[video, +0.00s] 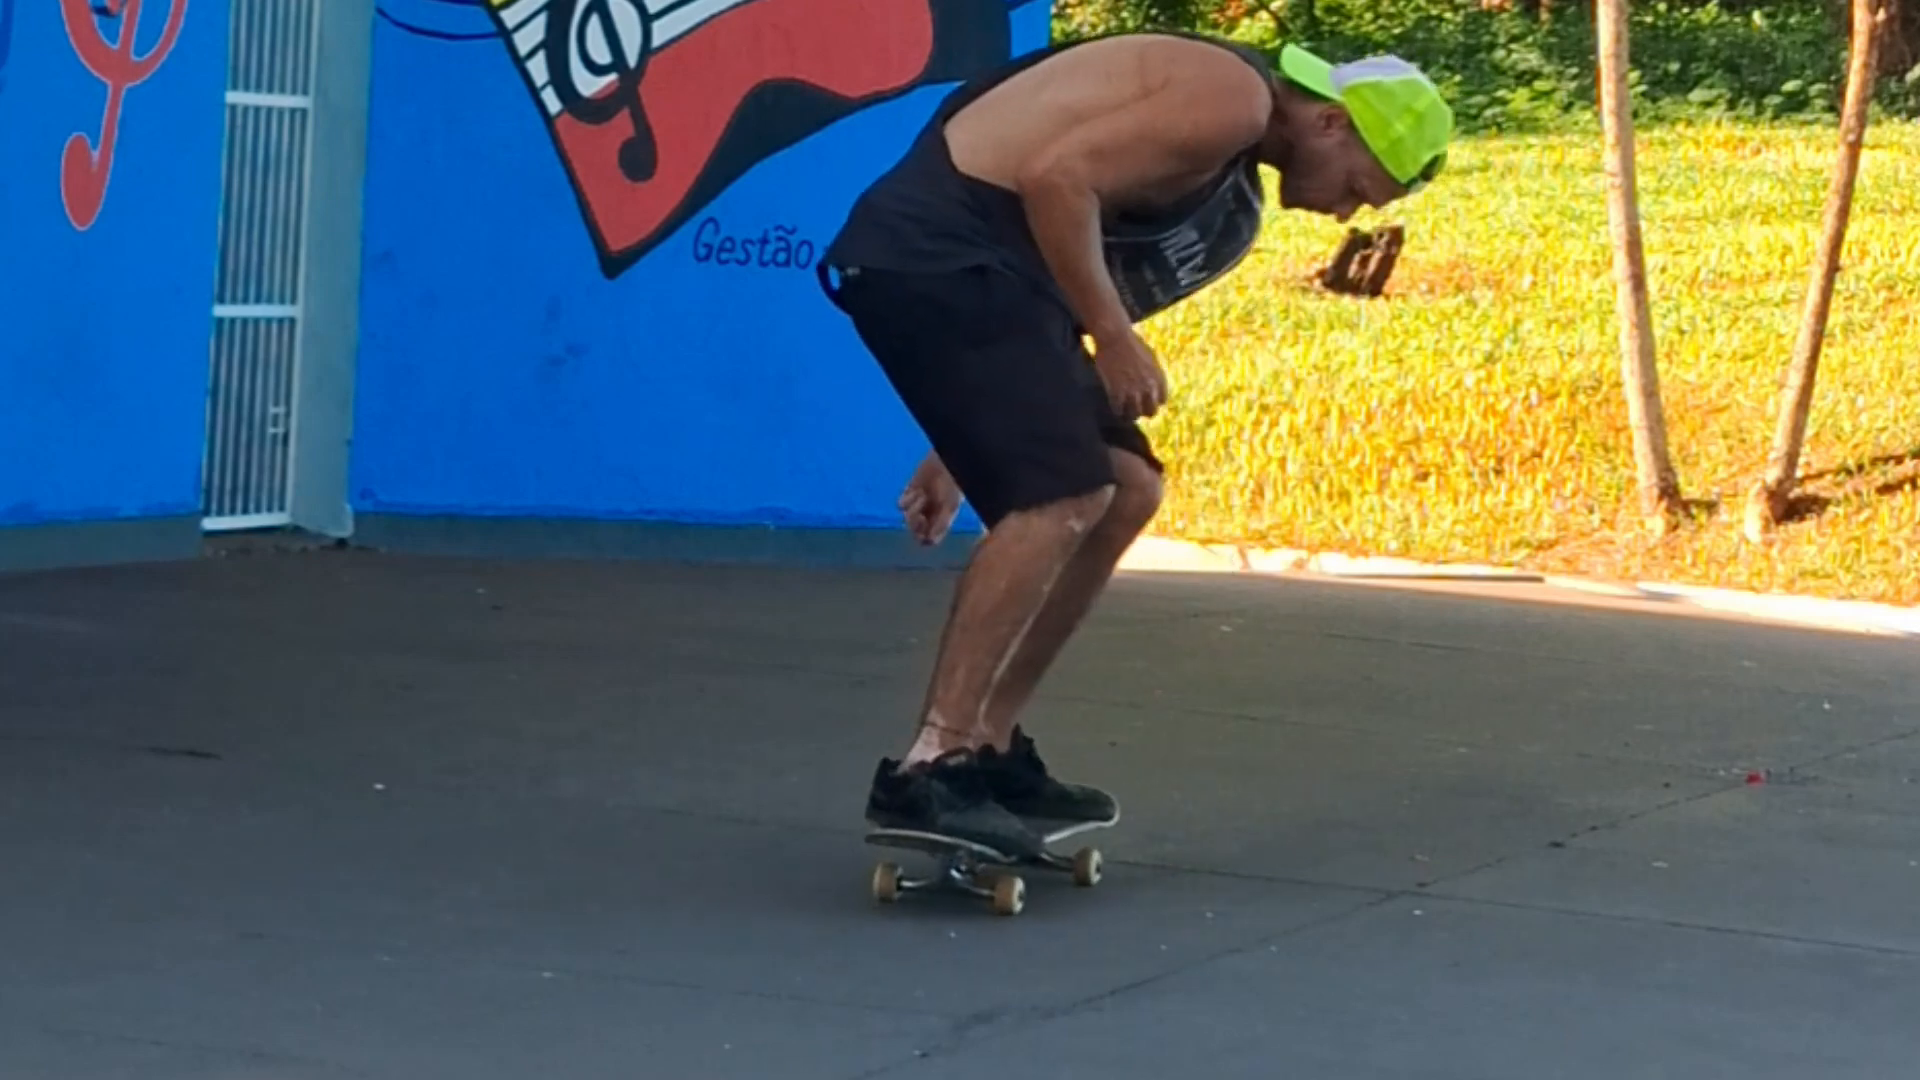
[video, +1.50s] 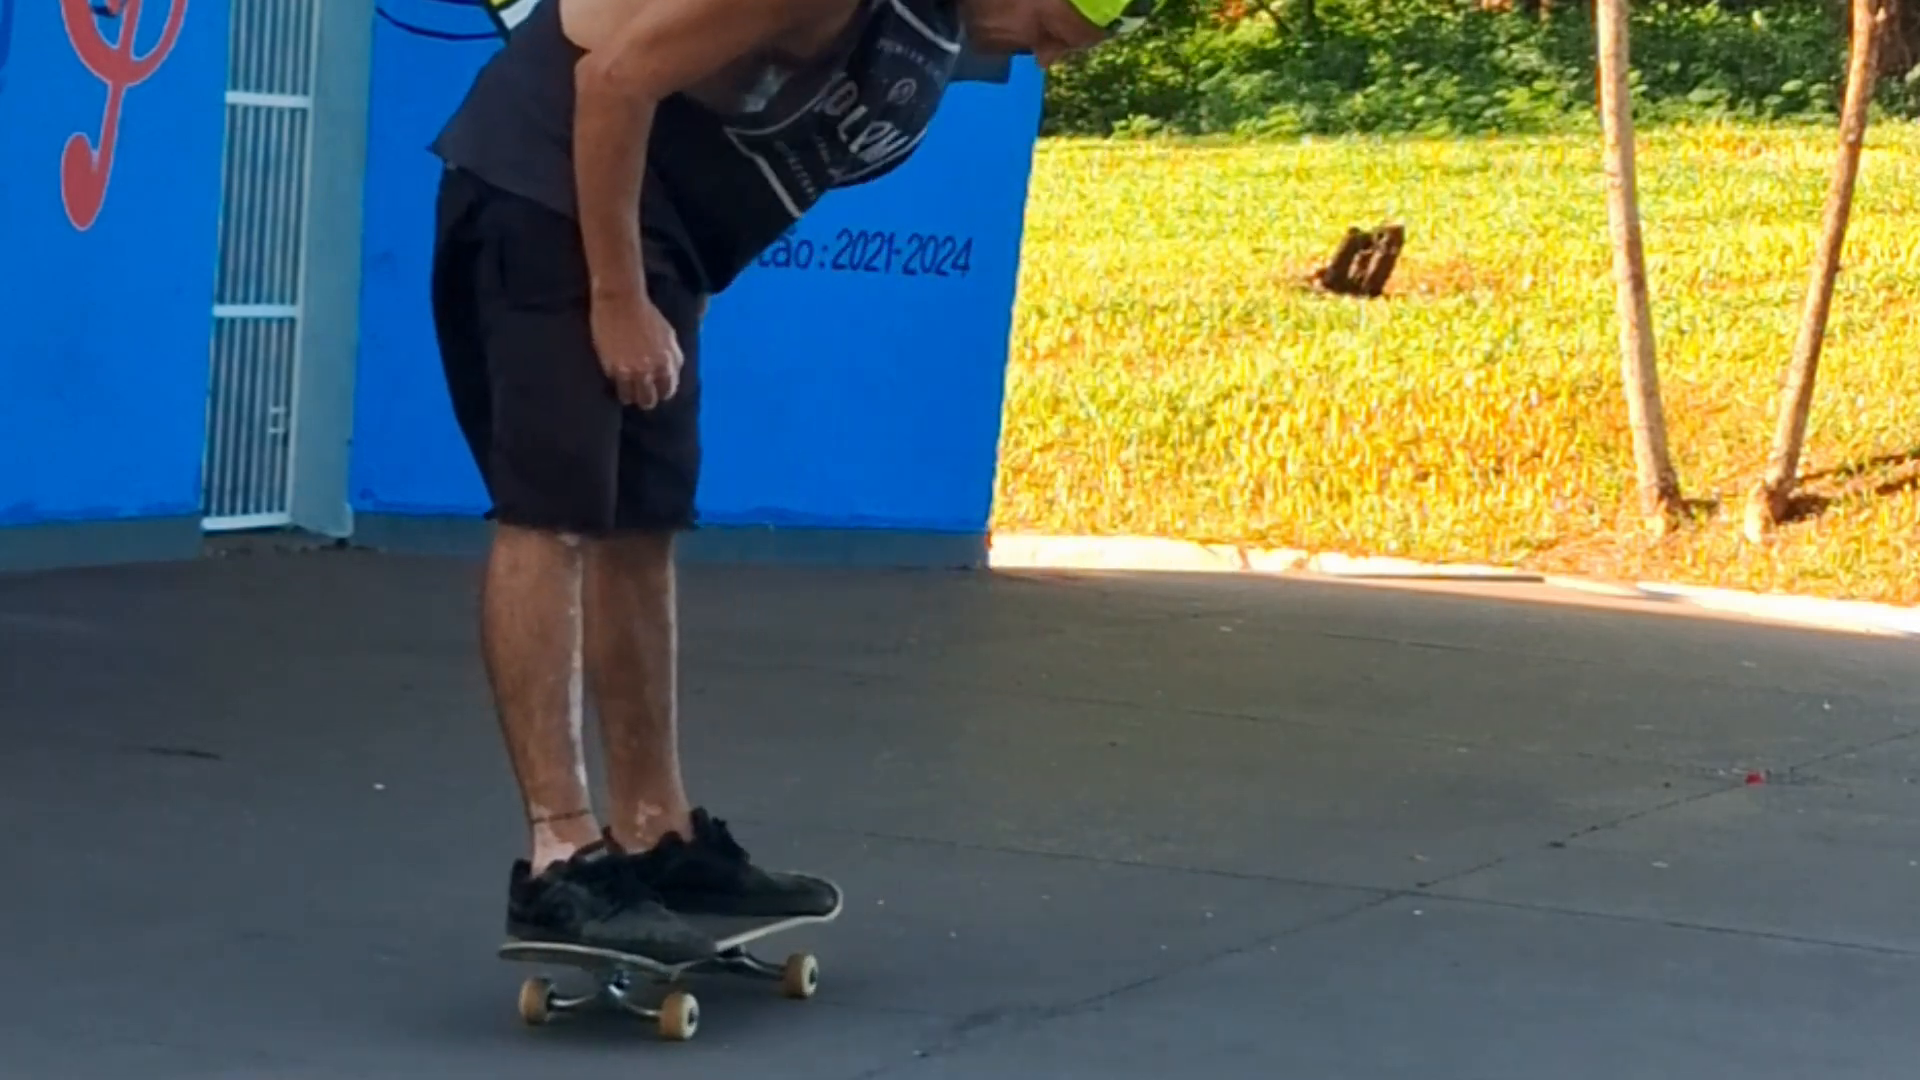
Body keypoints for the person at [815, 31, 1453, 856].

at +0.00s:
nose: (1355, 210)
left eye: (1372, 201)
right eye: (1366, 187)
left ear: (1333, 119)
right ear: (1335, 121)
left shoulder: (1225, 186)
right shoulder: (1228, 99)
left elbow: (1053, 286)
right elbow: (1056, 175)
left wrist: (961, 447)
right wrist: (1114, 334)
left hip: (985, 266)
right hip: (930, 249)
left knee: (1128, 490)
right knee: (1060, 498)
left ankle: (987, 743)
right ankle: (930, 763)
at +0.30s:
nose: (1292, 184)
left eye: (1311, 173)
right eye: (1304, 160)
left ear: (1276, 90)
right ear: (1275, 92)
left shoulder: (1173, 120)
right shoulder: (1143, 56)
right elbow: (931, 109)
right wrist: (993, 288)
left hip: (924, 255)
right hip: (853, 231)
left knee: (1034, 482)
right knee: (962, 484)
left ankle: (917, 762)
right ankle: (861, 782)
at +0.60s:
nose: (1241, 139)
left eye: (1259, 127)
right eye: (1249, 116)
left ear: (1213, 48)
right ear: (1213, 49)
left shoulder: (1127, 87)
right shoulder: (1071, 27)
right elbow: (847, 79)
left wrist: (906, 291)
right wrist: (885, 280)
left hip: (878, 248)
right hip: (776, 209)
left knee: (932, 478)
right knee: (847, 482)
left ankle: (857, 783)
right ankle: (790, 802)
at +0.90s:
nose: (1199, 100)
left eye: (1217, 89)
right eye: (1201, 76)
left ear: (1149, 12)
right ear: (1152, 10)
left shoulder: (1079, 63)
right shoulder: (990, 18)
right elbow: (780, 81)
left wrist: (835, 283)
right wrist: (802, 288)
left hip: (812, 237)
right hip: (703, 199)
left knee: (832, 481)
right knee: (750, 487)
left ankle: (793, 802)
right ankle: (718, 821)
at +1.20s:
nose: (1132, 83)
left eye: (1149, 73)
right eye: (1132, 58)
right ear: (1089, 2)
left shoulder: (1006, 69)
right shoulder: (921, 12)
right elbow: (704, 81)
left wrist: (754, 290)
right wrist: (711, 296)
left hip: (731, 231)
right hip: (627, 198)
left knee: (727, 506)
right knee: (642, 502)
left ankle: (724, 818)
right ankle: (640, 838)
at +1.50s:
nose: (1071, 45)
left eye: (1086, 30)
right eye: (1070, 17)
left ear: (1031, 13)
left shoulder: (937, 55)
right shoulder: (833, 7)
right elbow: (614, 74)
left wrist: (677, 292)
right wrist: (619, 297)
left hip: (659, 230)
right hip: (542, 190)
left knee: (643, 513)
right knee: (546, 507)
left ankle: (654, 836)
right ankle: (557, 861)